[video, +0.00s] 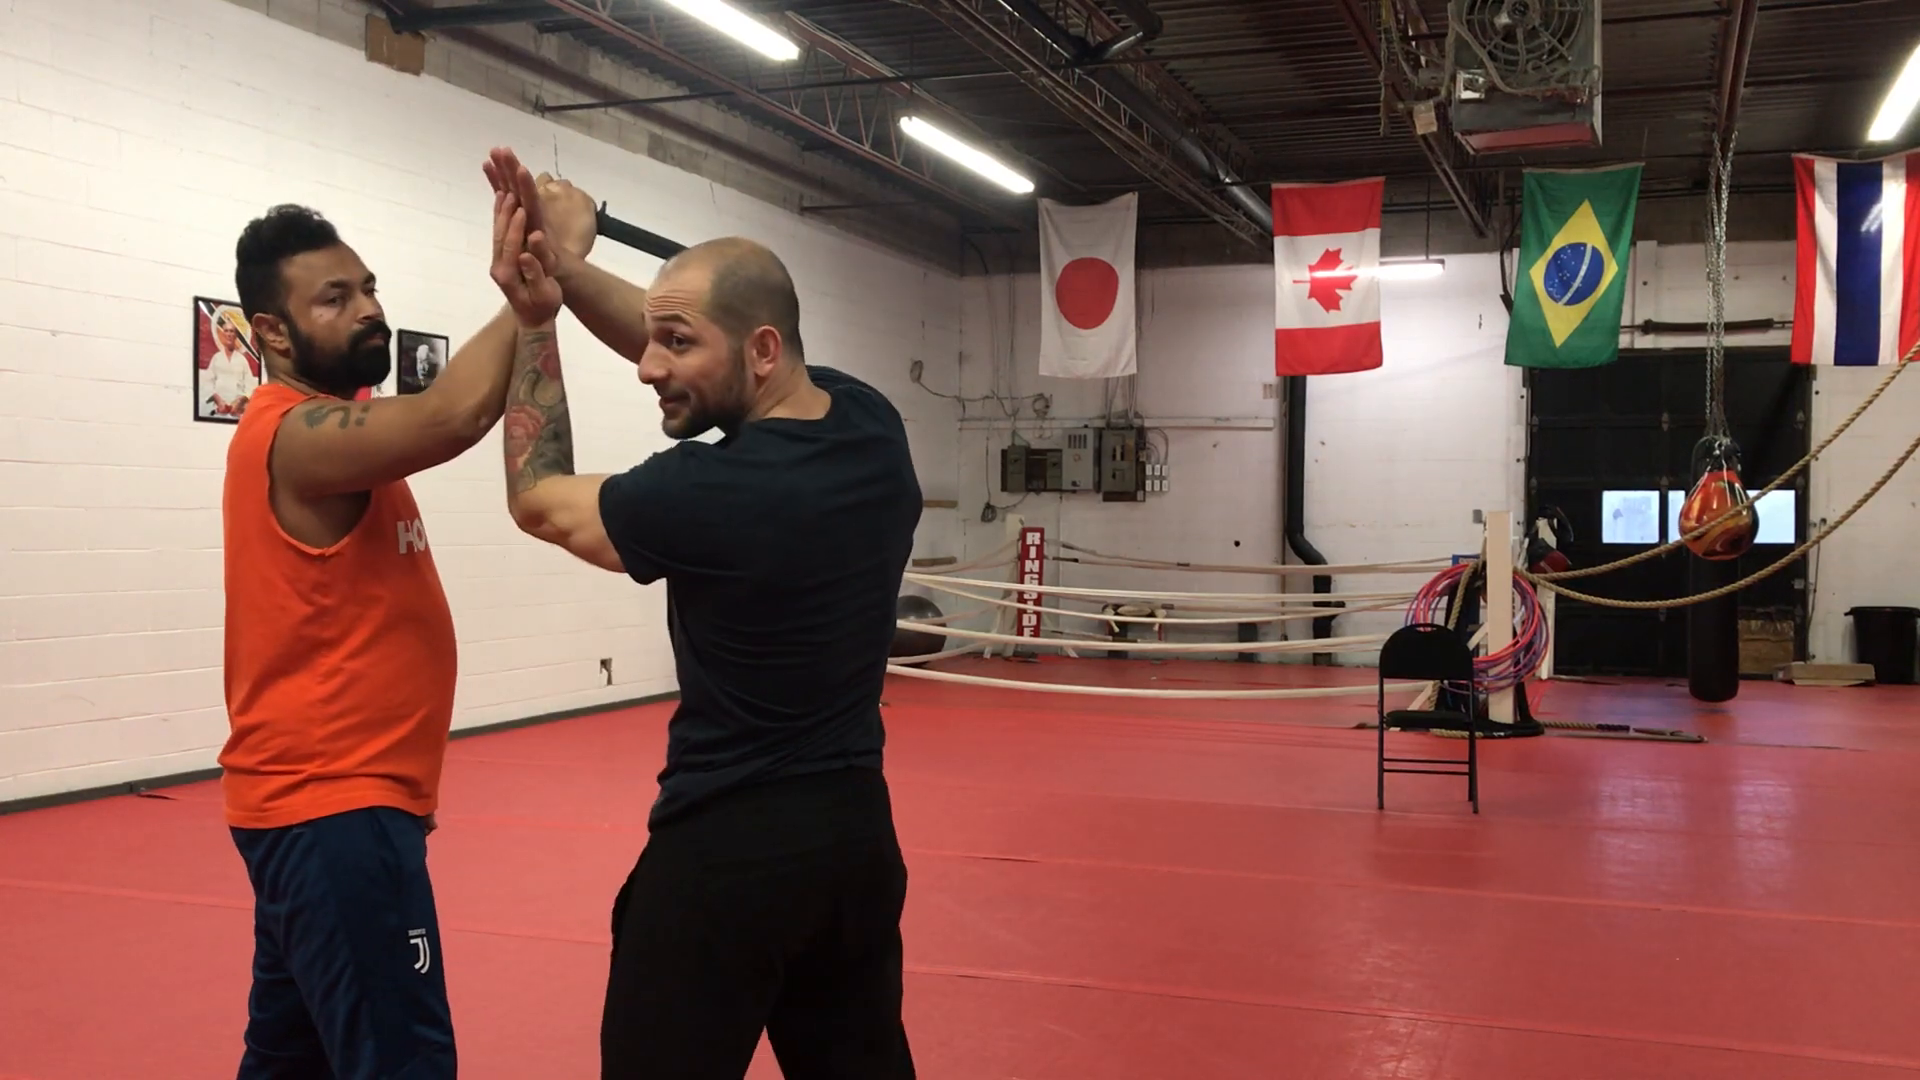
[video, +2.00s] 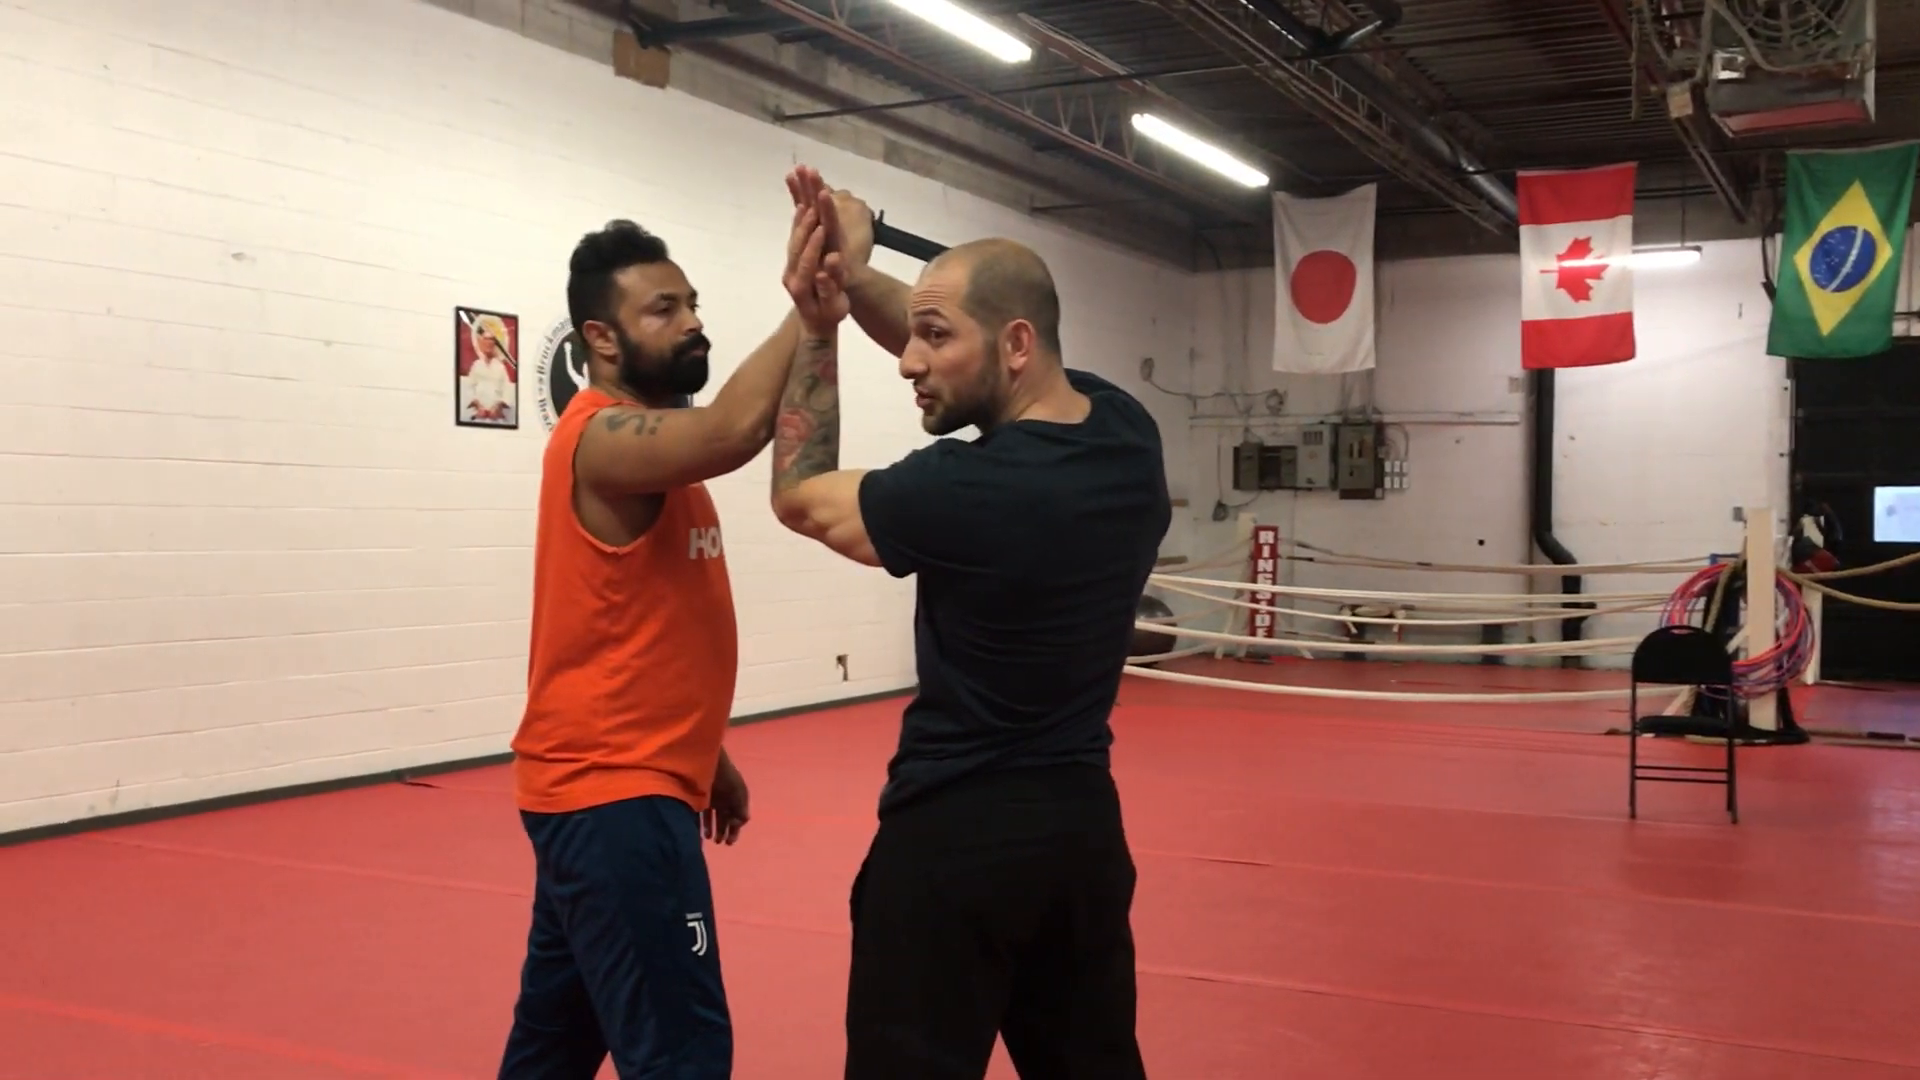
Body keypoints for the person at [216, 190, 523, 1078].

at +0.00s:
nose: (369, 311)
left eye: (367, 288)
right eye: (335, 300)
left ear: (372, 287)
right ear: (271, 333)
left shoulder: (306, 422)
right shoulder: (299, 431)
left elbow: (450, 420)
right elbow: (452, 414)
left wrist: (522, 301)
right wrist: (525, 305)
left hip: (325, 798)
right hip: (334, 805)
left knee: (292, 1054)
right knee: (406, 1057)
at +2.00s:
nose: (693, 326)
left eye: (691, 304)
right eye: (664, 310)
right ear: (600, 337)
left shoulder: (636, 429)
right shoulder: (603, 432)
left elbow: (634, 624)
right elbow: (730, 430)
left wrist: (703, 752)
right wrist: (807, 316)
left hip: (626, 784)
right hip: (610, 790)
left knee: (553, 1048)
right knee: (683, 1054)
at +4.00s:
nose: (669, 319)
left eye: (670, 301)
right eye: (637, 308)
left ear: (679, 305)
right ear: (585, 341)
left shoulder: (631, 432)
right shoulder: (606, 431)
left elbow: (641, 623)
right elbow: (749, 419)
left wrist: (719, 750)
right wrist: (848, 350)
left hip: (630, 788)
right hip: (619, 793)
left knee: (571, 1047)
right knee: (693, 1054)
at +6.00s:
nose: (545, 335)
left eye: (543, 314)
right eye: (522, 312)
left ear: (449, 329)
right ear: (448, 322)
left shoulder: (404, 433)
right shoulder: (451, 436)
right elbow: (624, 462)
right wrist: (743, 313)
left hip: (406, 801)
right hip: (452, 807)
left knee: (380, 1058)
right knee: (525, 1059)